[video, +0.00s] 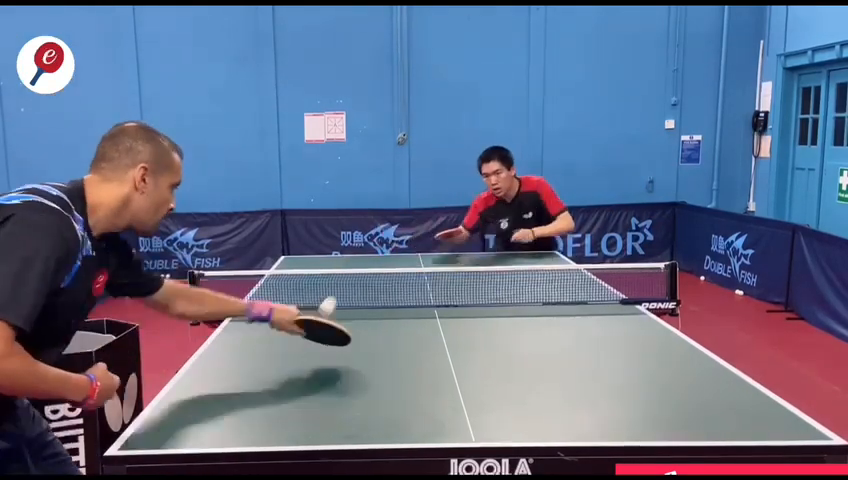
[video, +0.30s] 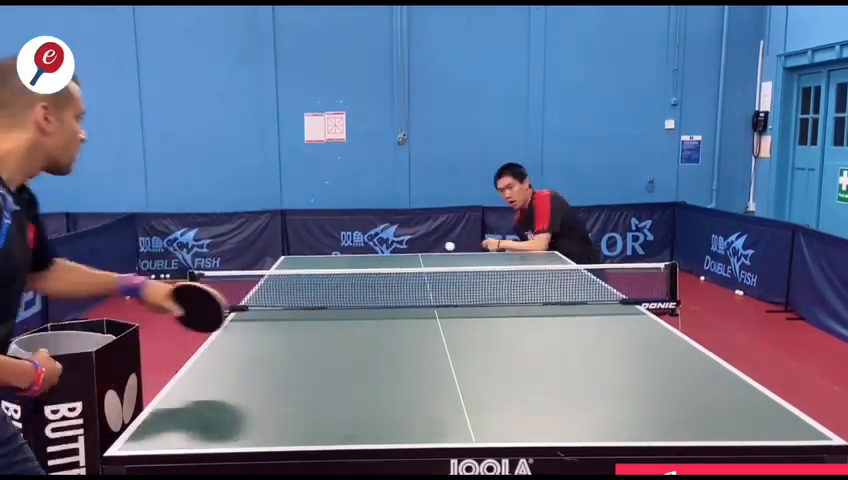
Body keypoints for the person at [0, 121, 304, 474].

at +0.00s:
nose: (173, 205)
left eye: (176, 191)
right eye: (172, 189)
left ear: (139, 180)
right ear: (141, 179)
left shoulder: (102, 236)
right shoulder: (42, 229)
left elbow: (174, 298)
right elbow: (2, 354)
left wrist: (267, 311)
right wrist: (84, 387)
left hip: (16, 406)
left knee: (64, 472)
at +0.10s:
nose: (158, 189)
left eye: (159, 175)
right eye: (155, 172)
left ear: (125, 168)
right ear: (122, 166)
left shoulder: (100, 231)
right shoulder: (22, 219)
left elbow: (183, 272)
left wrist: (266, 288)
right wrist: (62, 381)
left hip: (12, 404)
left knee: (50, 471)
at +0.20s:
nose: (128, 161)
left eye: (128, 146)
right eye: (124, 145)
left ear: (89, 141)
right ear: (90, 140)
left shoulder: (62, 209)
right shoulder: (9, 208)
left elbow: (126, 261)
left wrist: (223, 280)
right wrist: (46, 373)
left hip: (5, 405)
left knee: (40, 471)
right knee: (34, 466)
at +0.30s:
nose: (83, 135)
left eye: (82, 120)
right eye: (77, 118)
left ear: (43, 117)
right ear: (43, 117)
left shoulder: (19, 199)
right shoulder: (4, 203)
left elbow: (43, 274)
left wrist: (138, 285)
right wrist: (28, 373)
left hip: (3, 416)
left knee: (29, 469)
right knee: (25, 466)